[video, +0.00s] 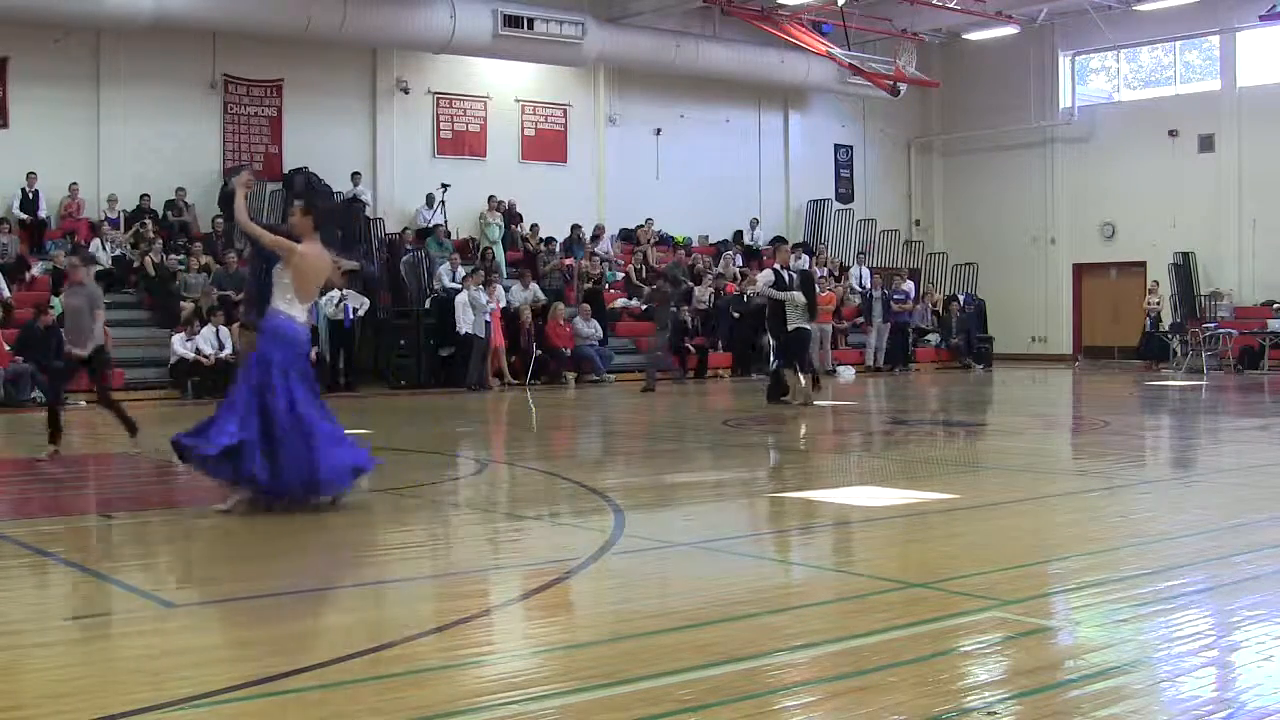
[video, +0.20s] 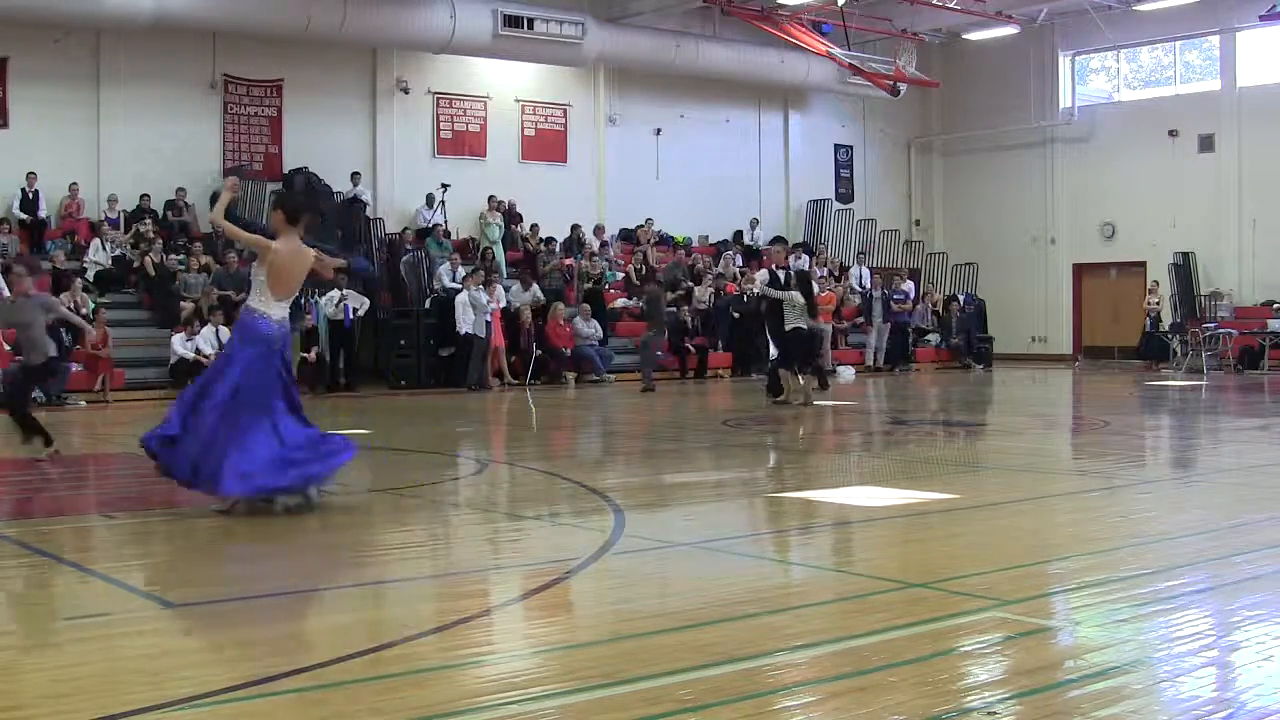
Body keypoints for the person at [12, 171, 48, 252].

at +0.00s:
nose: (33, 181)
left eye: (34, 179)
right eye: (31, 178)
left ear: (36, 180)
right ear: (27, 180)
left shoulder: (39, 193)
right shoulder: (20, 192)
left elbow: (42, 208)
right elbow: (15, 209)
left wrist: (41, 216)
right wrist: (25, 217)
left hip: (36, 218)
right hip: (25, 218)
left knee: (43, 223)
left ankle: (40, 247)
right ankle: (31, 248)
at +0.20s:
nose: (32, 181)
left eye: (34, 179)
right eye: (30, 178)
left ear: (36, 180)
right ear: (26, 180)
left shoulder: (39, 193)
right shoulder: (20, 192)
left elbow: (42, 209)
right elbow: (15, 209)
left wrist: (41, 216)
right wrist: (25, 217)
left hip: (36, 218)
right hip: (25, 218)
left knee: (43, 223)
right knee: (33, 225)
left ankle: (39, 247)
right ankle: (32, 248)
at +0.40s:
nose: (32, 181)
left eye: (34, 179)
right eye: (30, 178)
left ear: (36, 180)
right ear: (26, 180)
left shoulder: (39, 193)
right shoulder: (20, 192)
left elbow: (42, 209)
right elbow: (15, 210)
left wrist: (41, 216)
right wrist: (25, 217)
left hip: (36, 217)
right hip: (24, 218)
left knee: (42, 223)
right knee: (34, 225)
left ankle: (39, 247)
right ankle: (32, 248)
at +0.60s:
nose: (32, 181)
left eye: (34, 179)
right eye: (30, 178)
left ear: (36, 180)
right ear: (26, 180)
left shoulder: (39, 193)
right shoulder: (20, 192)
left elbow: (42, 208)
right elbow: (15, 210)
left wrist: (41, 216)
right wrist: (25, 217)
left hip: (36, 217)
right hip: (24, 217)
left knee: (42, 223)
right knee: (34, 225)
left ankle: (39, 247)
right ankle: (32, 249)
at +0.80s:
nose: (31, 181)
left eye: (33, 179)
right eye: (29, 179)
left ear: (36, 180)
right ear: (26, 180)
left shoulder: (39, 193)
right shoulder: (20, 192)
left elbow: (42, 209)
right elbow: (14, 210)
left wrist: (41, 216)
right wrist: (25, 217)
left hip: (36, 217)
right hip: (24, 217)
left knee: (42, 223)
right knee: (34, 224)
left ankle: (40, 248)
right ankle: (32, 248)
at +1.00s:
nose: (31, 181)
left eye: (33, 179)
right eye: (29, 179)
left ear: (36, 180)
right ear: (26, 180)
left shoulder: (39, 193)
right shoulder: (20, 192)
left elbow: (42, 209)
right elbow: (15, 210)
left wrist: (41, 216)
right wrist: (25, 217)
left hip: (36, 217)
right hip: (24, 217)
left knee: (42, 223)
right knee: (34, 225)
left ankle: (40, 248)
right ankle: (33, 248)